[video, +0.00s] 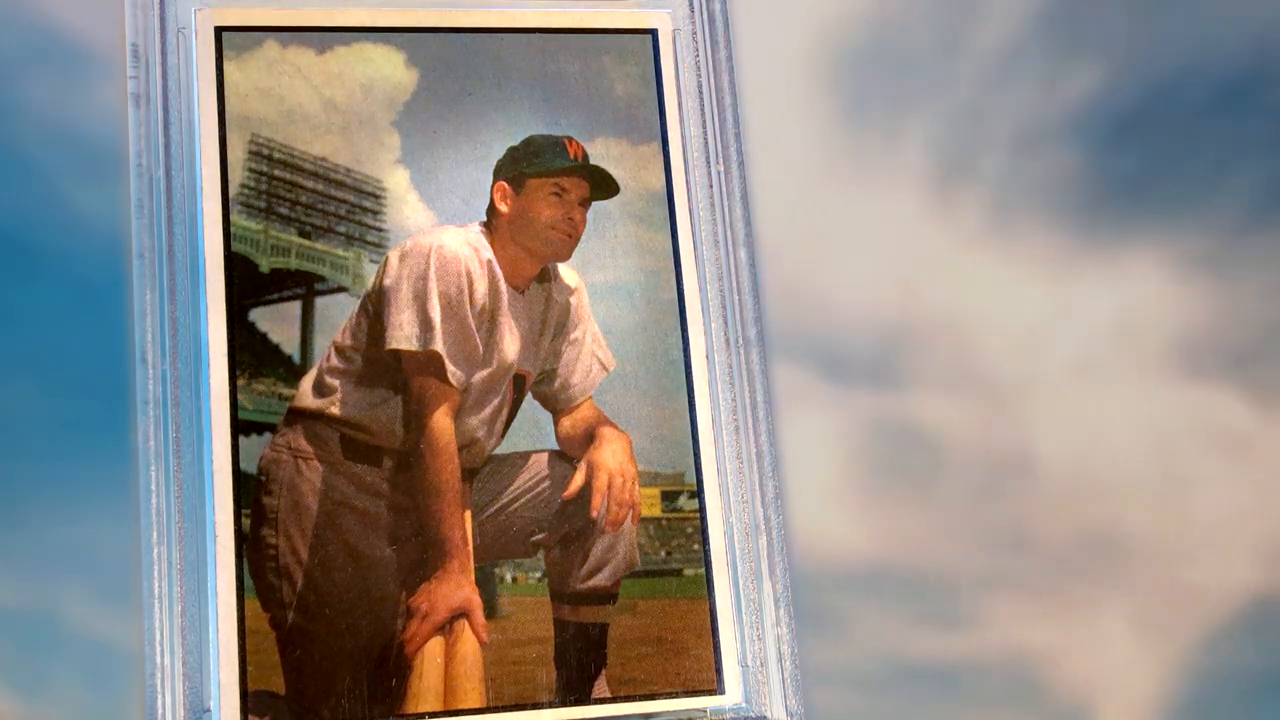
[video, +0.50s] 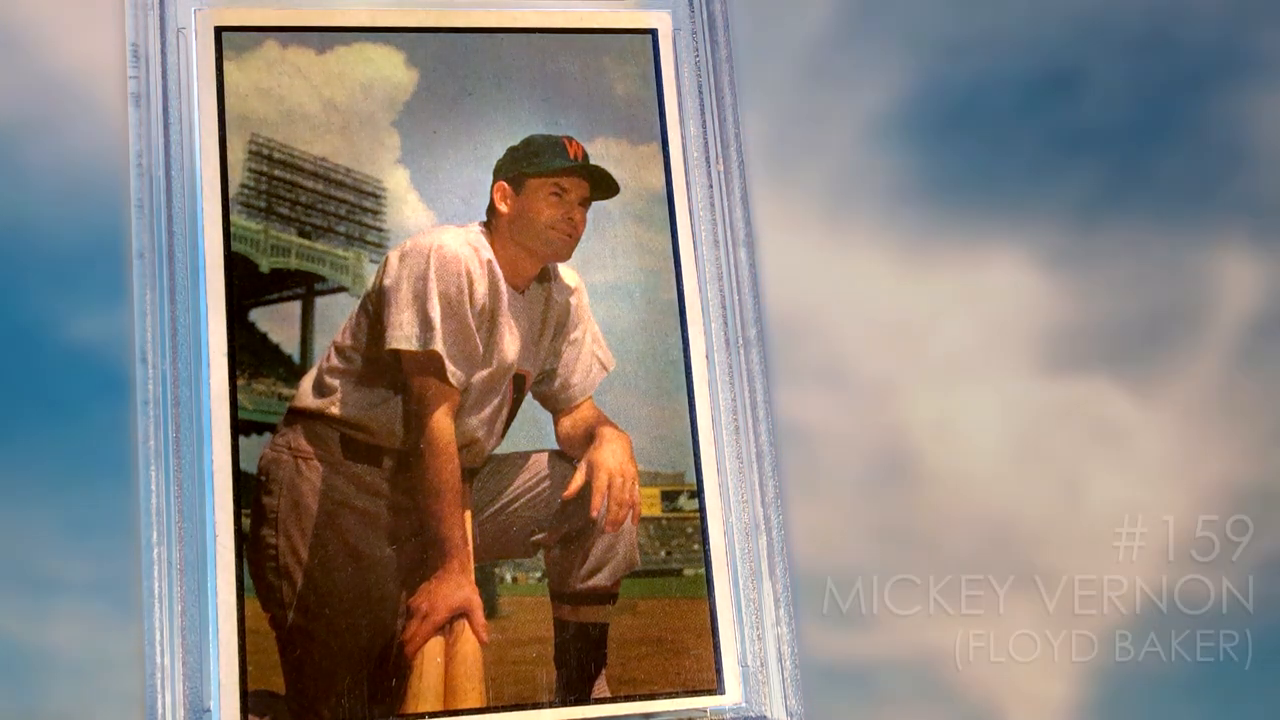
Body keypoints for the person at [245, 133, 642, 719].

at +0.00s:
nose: (576, 215)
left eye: (584, 203)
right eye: (557, 193)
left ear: (587, 217)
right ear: (504, 197)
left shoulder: (560, 295)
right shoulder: (442, 256)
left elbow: (575, 416)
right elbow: (432, 419)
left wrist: (609, 434)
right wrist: (454, 566)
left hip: (439, 486)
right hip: (335, 480)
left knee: (594, 487)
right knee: (346, 704)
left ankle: (580, 696)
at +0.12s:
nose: (576, 215)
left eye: (584, 203)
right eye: (557, 193)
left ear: (587, 217)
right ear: (504, 197)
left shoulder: (560, 295)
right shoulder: (441, 256)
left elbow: (574, 417)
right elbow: (433, 420)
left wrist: (609, 434)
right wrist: (454, 565)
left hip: (440, 487)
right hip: (335, 481)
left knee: (594, 486)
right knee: (347, 703)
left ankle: (581, 697)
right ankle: (240, 706)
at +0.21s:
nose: (576, 216)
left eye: (584, 204)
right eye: (557, 194)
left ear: (587, 218)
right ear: (504, 197)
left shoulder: (560, 295)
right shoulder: (441, 256)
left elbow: (575, 417)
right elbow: (432, 420)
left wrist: (609, 434)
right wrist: (454, 566)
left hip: (439, 486)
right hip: (334, 480)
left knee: (594, 486)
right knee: (347, 702)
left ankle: (581, 697)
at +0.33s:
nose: (576, 216)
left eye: (584, 204)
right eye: (557, 194)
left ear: (587, 217)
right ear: (504, 197)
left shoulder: (560, 295)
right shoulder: (442, 256)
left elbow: (575, 417)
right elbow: (432, 420)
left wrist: (609, 434)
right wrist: (454, 566)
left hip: (439, 486)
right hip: (334, 479)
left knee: (595, 486)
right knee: (348, 701)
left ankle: (581, 697)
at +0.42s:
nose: (576, 216)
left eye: (584, 204)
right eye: (557, 194)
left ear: (587, 217)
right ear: (504, 197)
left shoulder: (560, 296)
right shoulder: (441, 256)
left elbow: (575, 417)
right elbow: (432, 420)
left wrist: (609, 434)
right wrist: (454, 565)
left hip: (440, 486)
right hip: (335, 479)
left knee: (595, 487)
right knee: (348, 701)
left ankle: (581, 698)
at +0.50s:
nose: (576, 215)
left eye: (584, 203)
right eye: (557, 194)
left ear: (587, 217)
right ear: (504, 197)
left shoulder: (560, 295)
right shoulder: (442, 256)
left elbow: (575, 417)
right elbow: (432, 420)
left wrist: (609, 434)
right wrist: (454, 566)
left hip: (439, 485)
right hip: (334, 478)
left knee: (594, 488)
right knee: (347, 701)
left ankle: (580, 698)